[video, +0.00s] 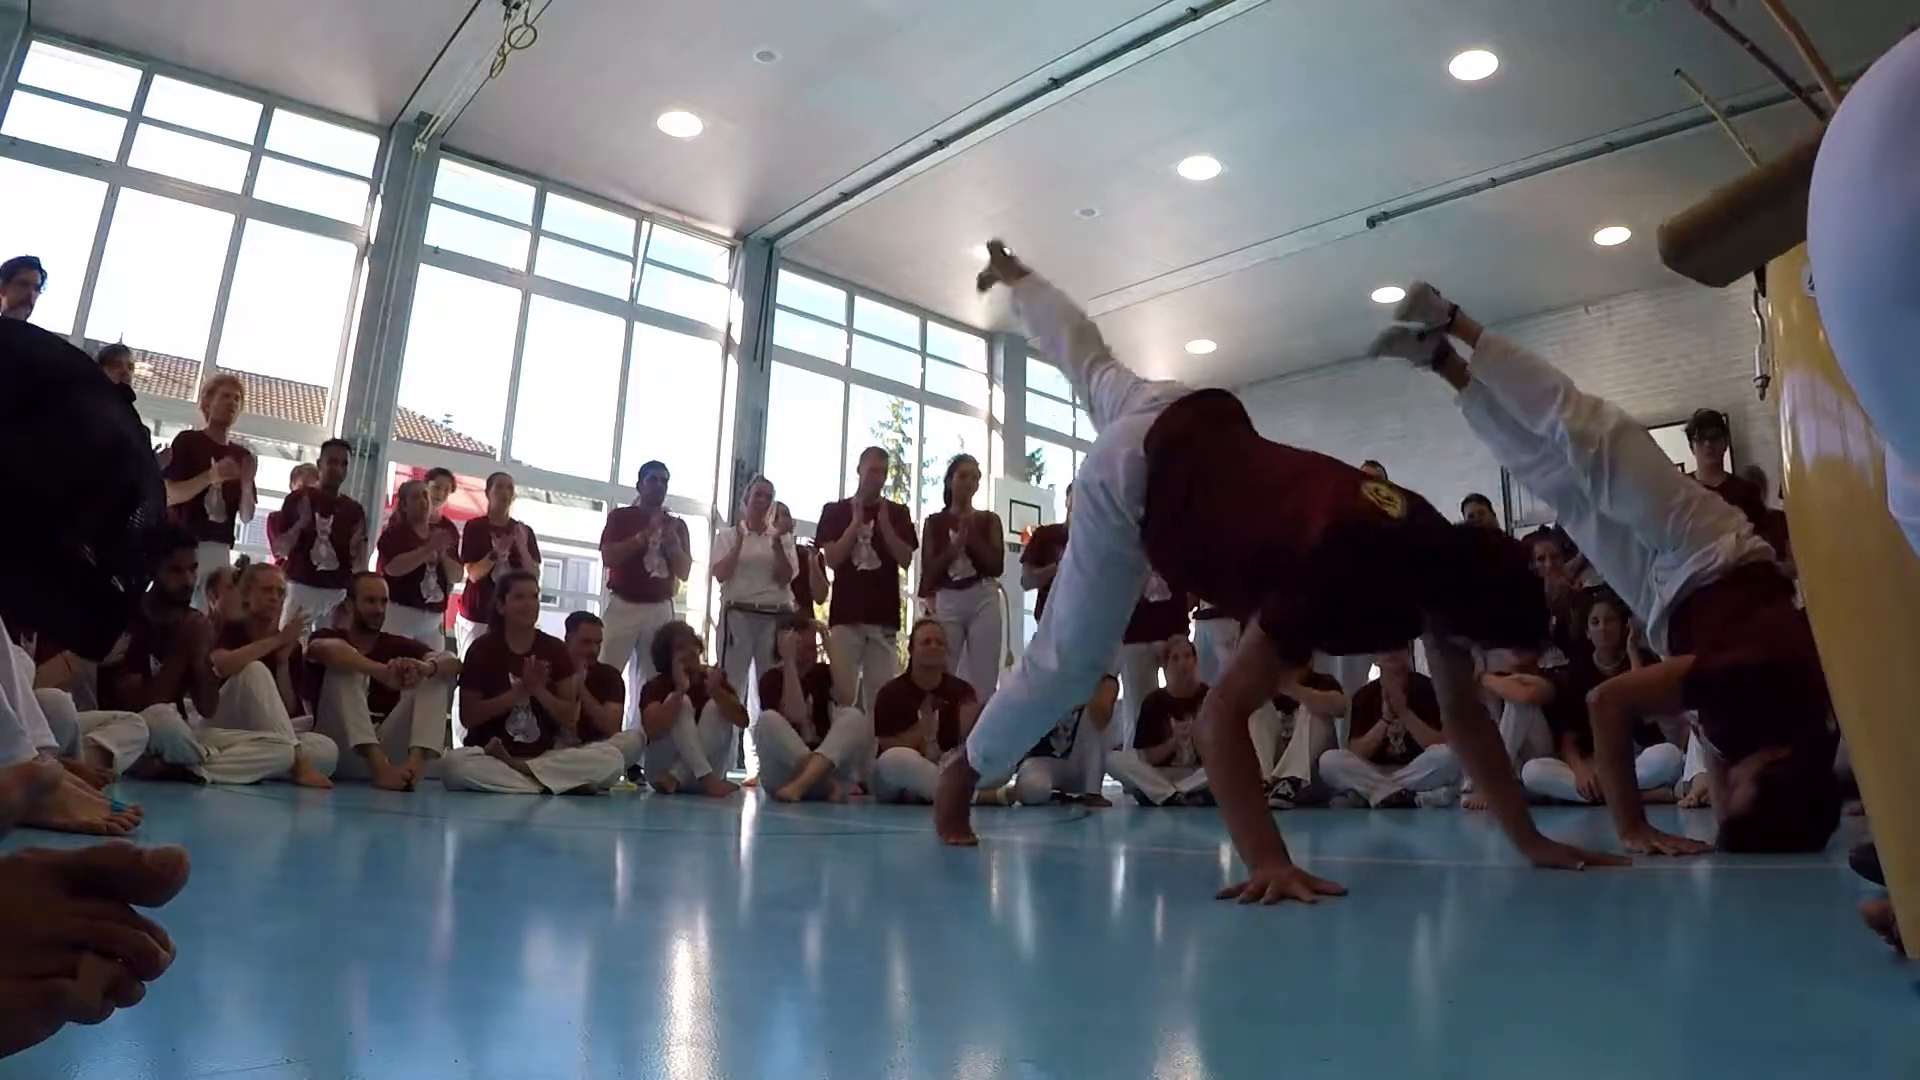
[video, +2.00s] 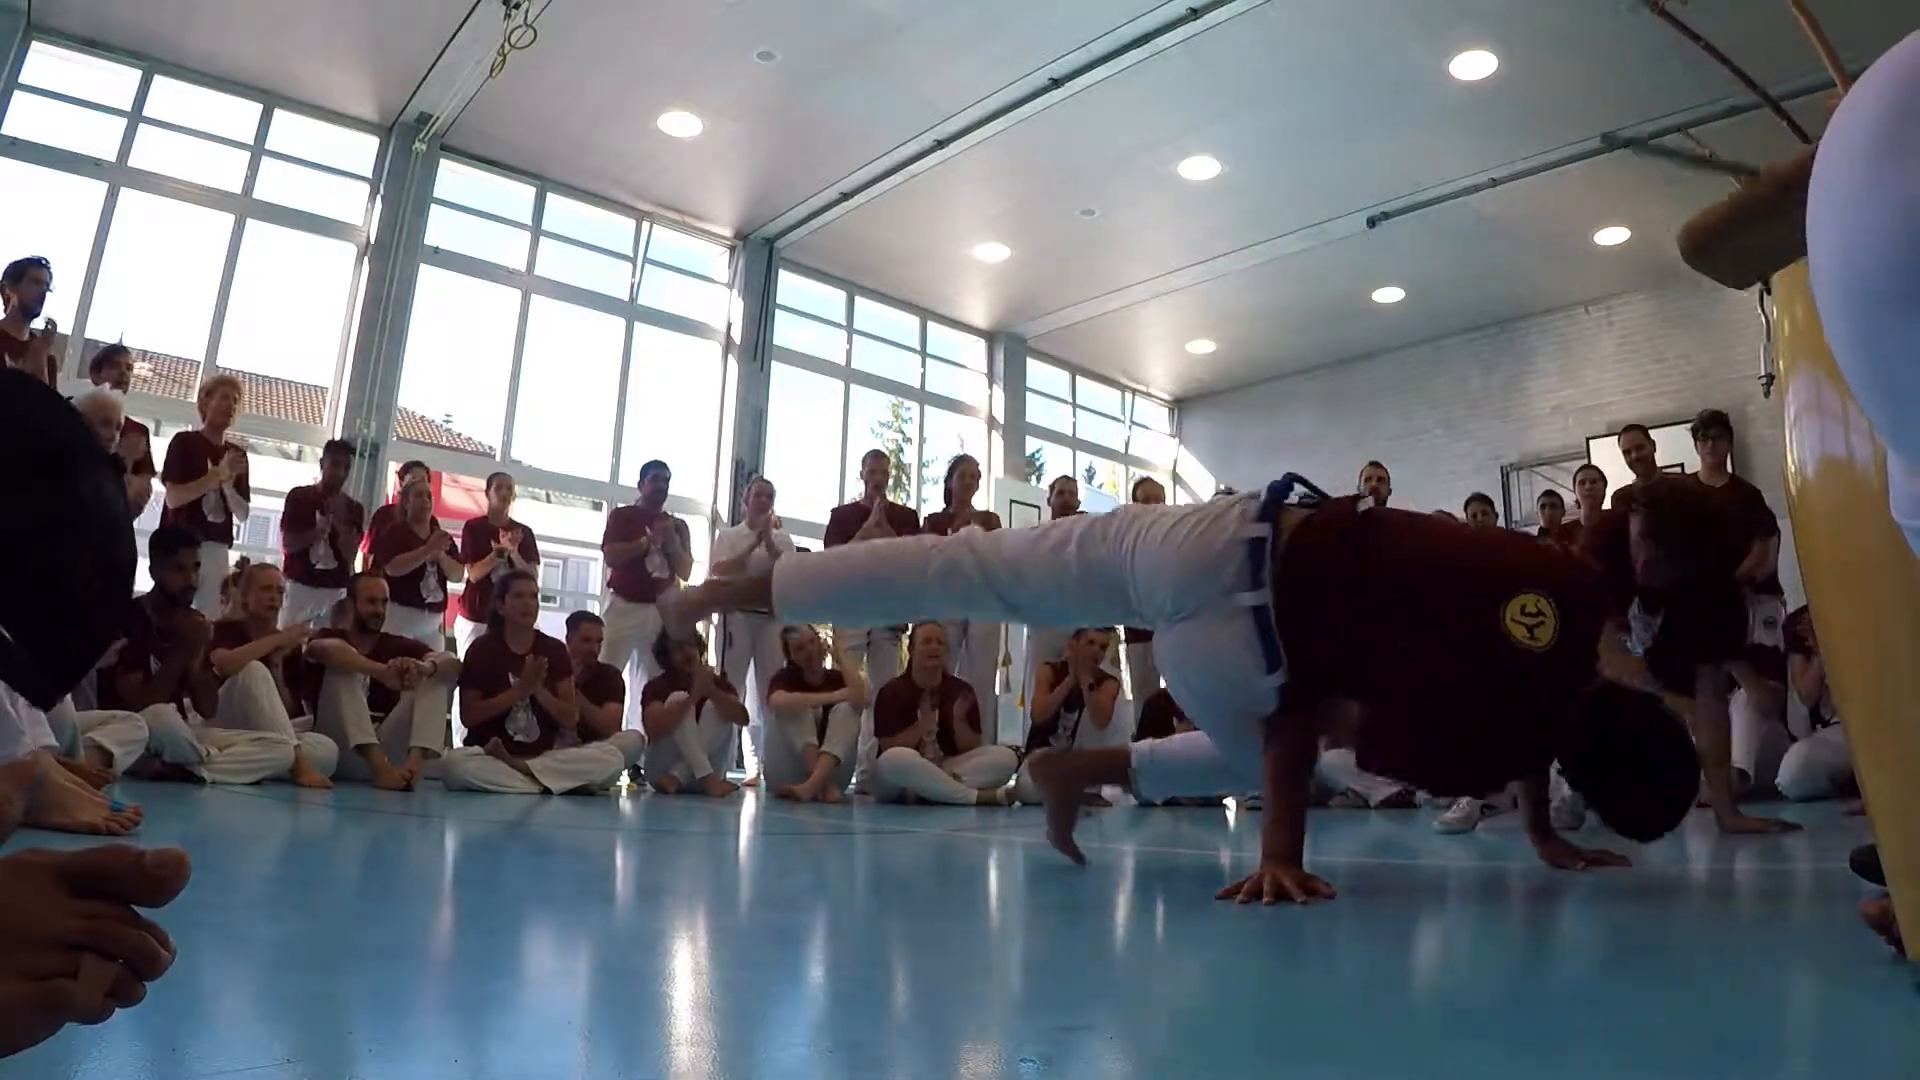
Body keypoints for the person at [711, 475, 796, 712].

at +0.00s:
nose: (762, 500)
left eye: (767, 496)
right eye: (758, 494)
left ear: (772, 502)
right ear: (746, 497)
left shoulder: (783, 537)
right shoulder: (727, 535)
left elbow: (786, 577)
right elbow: (720, 575)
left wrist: (777, 541)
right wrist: (738, 543)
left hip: (774, 617)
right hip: (737, 615)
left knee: (771, 689)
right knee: (731, 686)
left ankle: (771, 744)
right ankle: (728, 744)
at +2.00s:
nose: (763, 501)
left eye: (767, 497)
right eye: (758, 496)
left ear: (774, 502)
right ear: (745, 499)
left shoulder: (782, 539)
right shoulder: (728, 536)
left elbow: (790, 575)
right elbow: (717, 573)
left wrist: (770, 544)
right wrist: (752, 546)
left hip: (771, 620)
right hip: (735, 619)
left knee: (771, 696)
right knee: (730, 692)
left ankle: (767, 765)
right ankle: (723, 765)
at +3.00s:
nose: (761, 499)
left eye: (766, 495)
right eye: (757, 494)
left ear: (773, 501)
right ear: (745, 498)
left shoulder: (783, 538)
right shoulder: (729, 533)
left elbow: (785, 578)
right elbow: (720, 574)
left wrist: (778, 540)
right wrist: (743, 543)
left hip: (774, 617)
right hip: (736, 615)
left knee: (773, 692)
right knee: (730, 689)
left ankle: (771, 762)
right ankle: (727, 762)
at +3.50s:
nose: (761, 500)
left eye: (766, 496)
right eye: (756, 495)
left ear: (773, 502)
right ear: (745, 498)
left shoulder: (783, 538)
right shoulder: (728, 535)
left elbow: (786, 577)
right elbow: (721, 574)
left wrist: (766, 544)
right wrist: (752, 549)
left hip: (775, 618)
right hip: (736, 616)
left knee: (772, 693)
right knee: (730, 690)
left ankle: (768, 763)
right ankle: (725, 764)